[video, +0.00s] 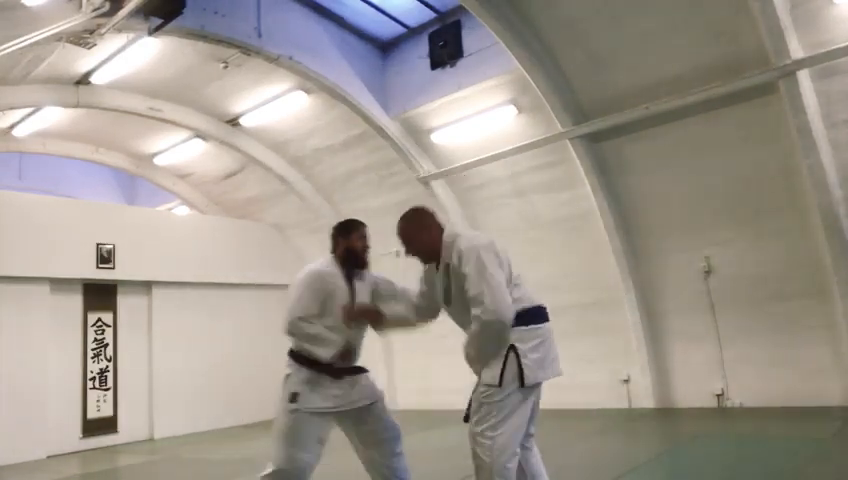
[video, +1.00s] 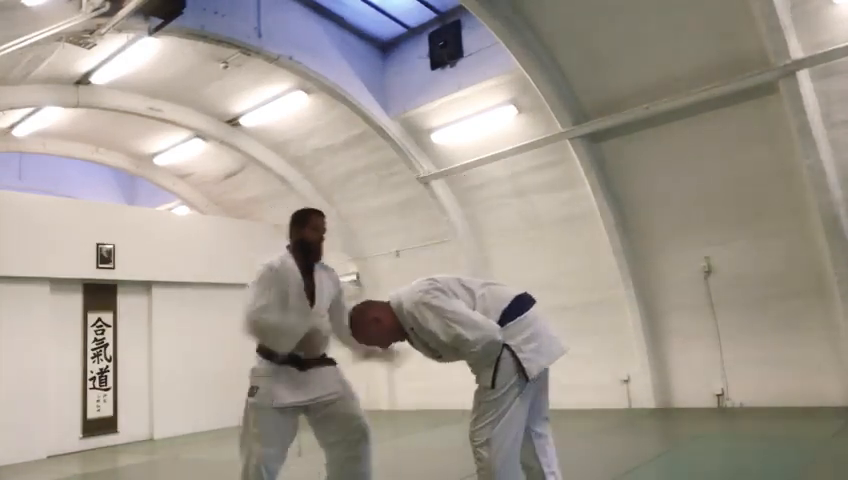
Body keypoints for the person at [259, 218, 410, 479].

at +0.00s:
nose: (367, 245)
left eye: (366, 239)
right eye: (361, 239)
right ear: (340, 243)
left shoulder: (369, 283)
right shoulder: (316, 276)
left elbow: (415, 304)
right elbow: (295, 324)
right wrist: (335, 348)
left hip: (349, 382)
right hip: (309, 383)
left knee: (386, 442)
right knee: (294, 466)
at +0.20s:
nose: (313, 242)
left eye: (317, 235)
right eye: (305, 236)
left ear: (322, 239)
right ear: (291, 241)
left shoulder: (328, 281)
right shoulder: (273, 275)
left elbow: (356, 304)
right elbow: (267, 312)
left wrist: (390, 322)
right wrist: (308, 288)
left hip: (312, 381)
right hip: (269, 381)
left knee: (350, 450)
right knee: (262, 463)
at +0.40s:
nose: (298, 232)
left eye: (299, 227)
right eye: (291, 227)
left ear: (300, 233)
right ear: (273, 233)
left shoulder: (310, 273)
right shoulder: (252, 270)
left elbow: (345, 300)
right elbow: (254, 306)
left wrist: (382, 312)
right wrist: (288, 272)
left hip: (301, 374)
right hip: (255, 375)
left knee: (332, 443)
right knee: (249, 459)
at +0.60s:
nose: (295, 231)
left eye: (295, 225)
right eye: (288, 225)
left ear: (295, 228)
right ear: (268, 231)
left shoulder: (306, 268)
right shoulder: (247, 271)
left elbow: (339, 297)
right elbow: (248, 313)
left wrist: (378, 316)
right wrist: (290, 290)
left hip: (300, 372)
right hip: (256, 374)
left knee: (325, 446)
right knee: (248, 458)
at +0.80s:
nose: (300, 229)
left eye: (301, 223)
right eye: (294, 223)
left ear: (300, 227)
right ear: (274, 227)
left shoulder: (314, 269)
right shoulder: (252, 273)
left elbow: (330, 313)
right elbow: (242, 324)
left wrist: (343, 357)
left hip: (311, 367)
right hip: (266, 369)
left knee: (329, 445)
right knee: (255, 455)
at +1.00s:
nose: (322, 237)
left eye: (324, 231)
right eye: (316, 230)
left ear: (322, 235)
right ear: (297, 233)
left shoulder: (329, 277)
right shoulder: (275, 271)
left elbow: (343, 327)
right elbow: (256, 319)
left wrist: (374, 347)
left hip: (321, 374)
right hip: (276, 376)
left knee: (352, 437)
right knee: (260, 460)